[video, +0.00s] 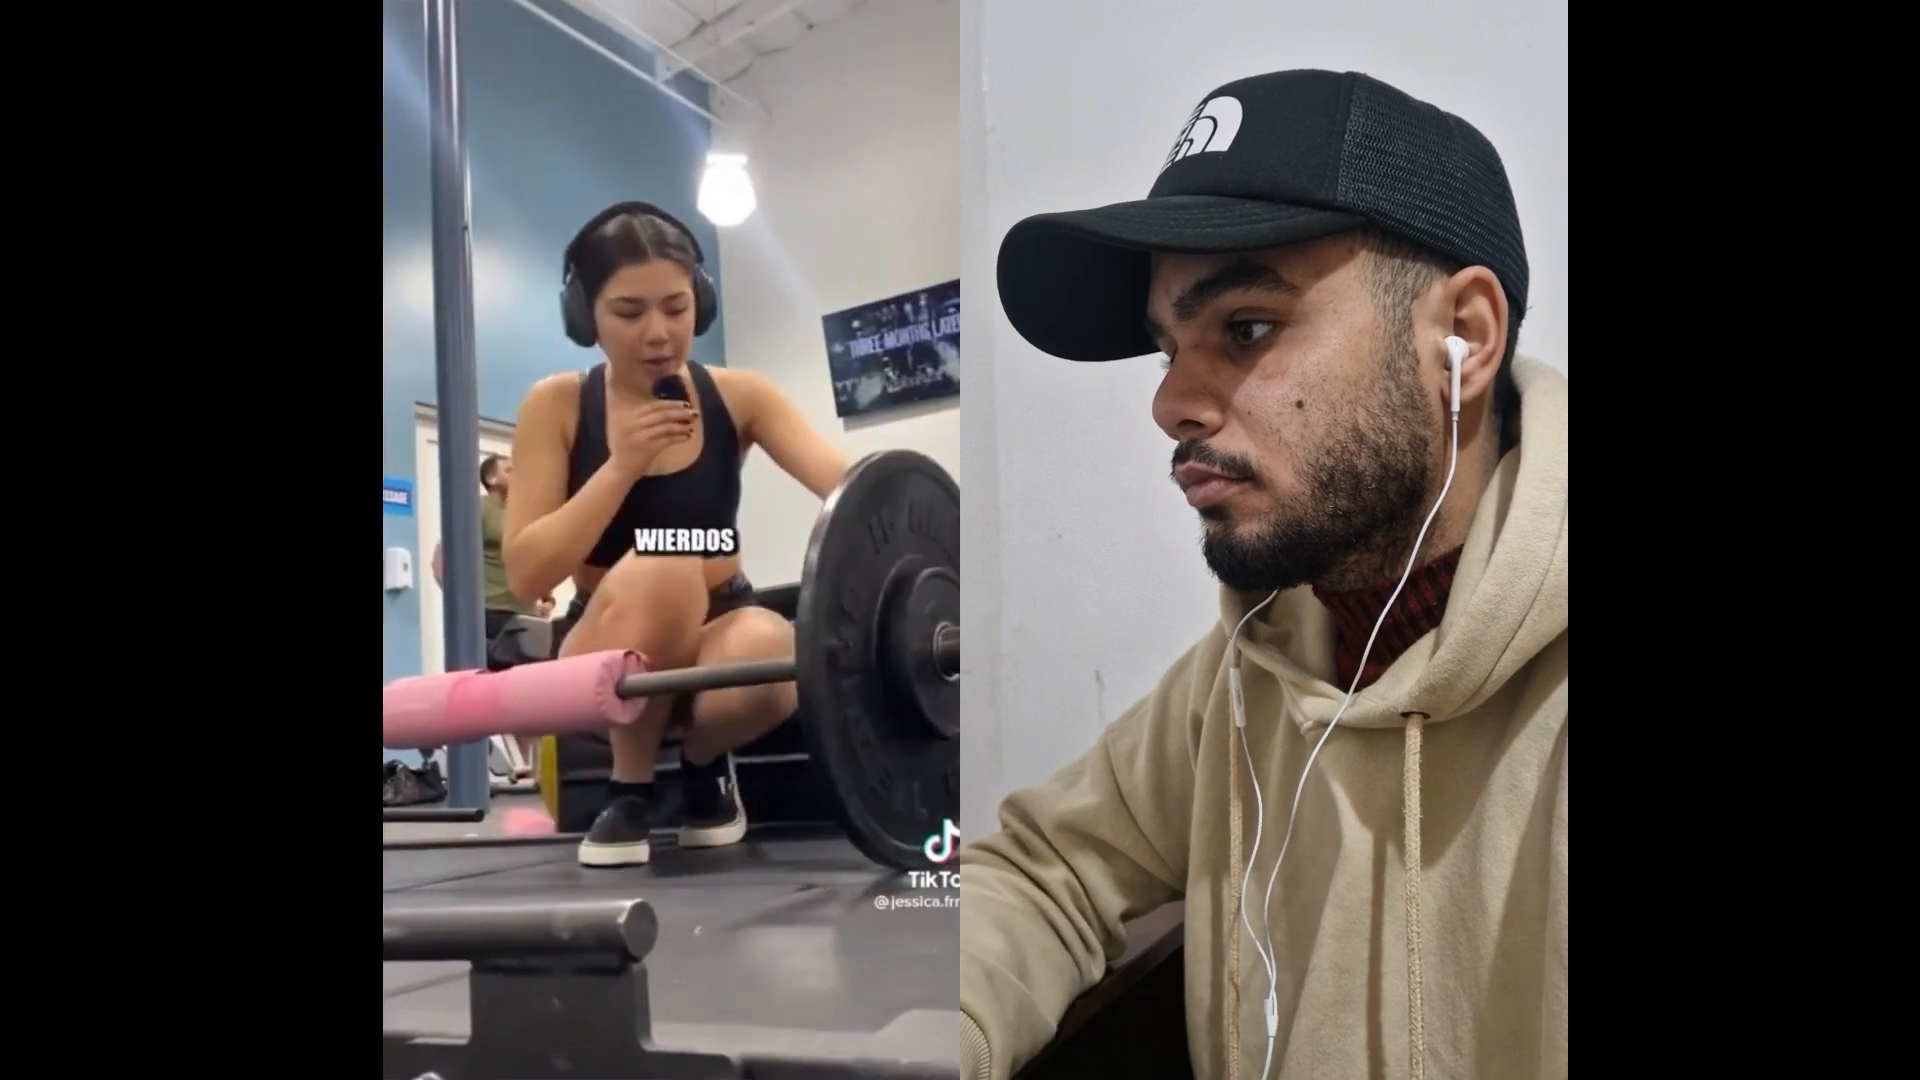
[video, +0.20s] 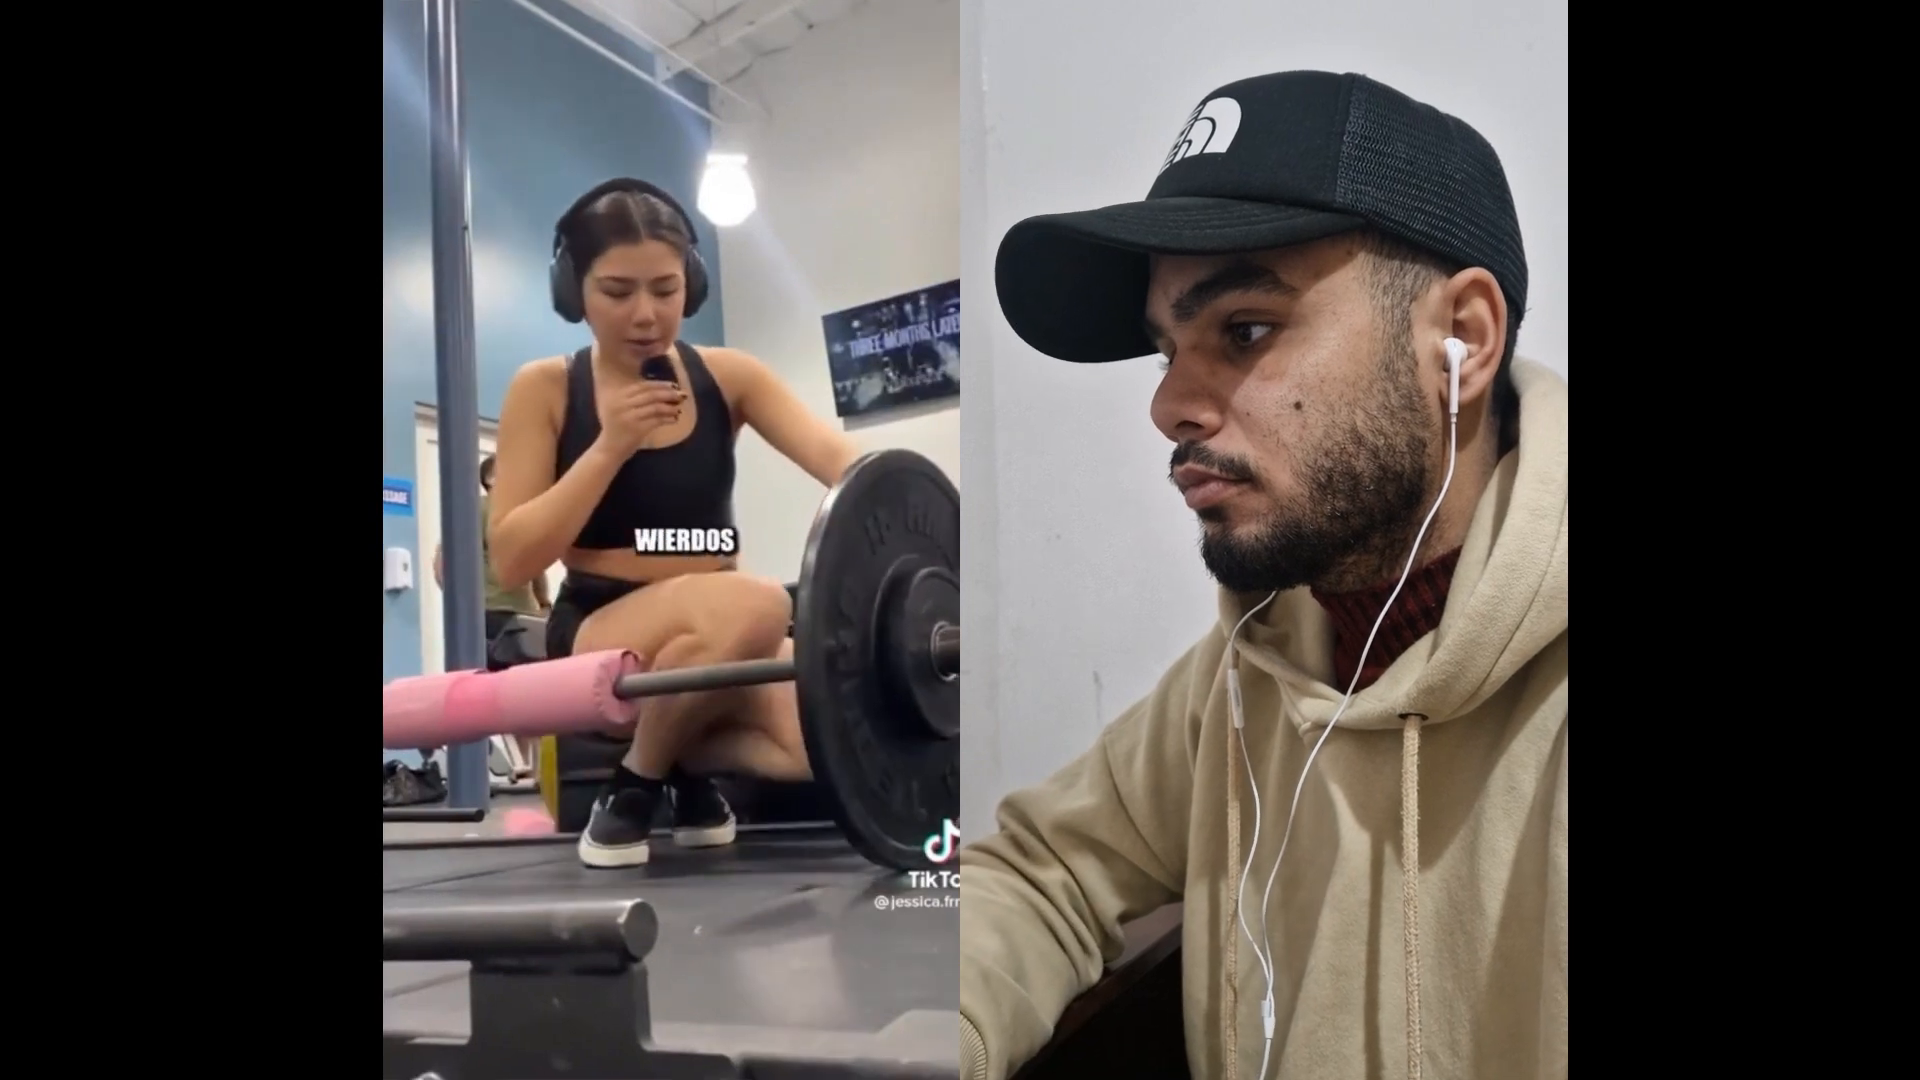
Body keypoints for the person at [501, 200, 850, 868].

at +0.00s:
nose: (659, 333)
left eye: (675, 307)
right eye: (630, 312)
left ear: (697, 304)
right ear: (588, 316)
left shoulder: (742, 397)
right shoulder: (556, 406)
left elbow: (845, 483)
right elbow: (527, 575)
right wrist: (621, 467)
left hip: (721, 632)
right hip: (604, 643)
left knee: (770, 666)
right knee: (665, 573)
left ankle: (700, 759)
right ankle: (631, 791)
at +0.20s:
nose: (645, 314)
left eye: (664, 289)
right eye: (617, 291)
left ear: (689, 285)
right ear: (576, 292)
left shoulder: (730, 376)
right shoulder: (545, 389)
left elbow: (839, 458)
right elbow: (513, 560)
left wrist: (904, 511)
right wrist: (610, 448)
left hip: (726, 627)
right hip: (595, 631)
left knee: (835, 743)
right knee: (753, 605)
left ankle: (675, 749)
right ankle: (638, 784)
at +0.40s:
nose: (656, 304)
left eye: (677, 278)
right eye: (630, 280)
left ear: (701, 273)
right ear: (586, 275)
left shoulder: (740, 358)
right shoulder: (555, 387)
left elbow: (859, 442)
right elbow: (528, 561)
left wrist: (927, 502)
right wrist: (619, 437)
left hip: (748, 606)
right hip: (624, 618)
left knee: (861, 808)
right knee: (789, 650)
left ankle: (705, 754)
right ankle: (642, 771)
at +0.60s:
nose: (850, 179)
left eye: (873, 161)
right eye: (834, 146)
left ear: (887, 159)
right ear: (777, 119)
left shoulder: (856, 250)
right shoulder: (685, 221)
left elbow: (860, 388)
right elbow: (611, 392)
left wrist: (854, 457)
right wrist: (742, 291)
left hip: (819, 512)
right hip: (708, 505)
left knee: (837, 784)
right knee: (782, 799)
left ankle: (702, 735)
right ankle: (626, 721)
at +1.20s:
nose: (829, 285)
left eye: (849, 267)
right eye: (813, 255)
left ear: (860, 261)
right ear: (758, 229)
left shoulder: (830, 336)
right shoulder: (670, 312)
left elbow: (868, 451)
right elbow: (603, 475)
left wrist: (847, 519)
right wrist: (720, 372)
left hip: (798, 587)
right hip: (683, 585)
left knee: (848, 783)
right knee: (779, 803)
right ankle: (673, 732)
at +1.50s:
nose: (780, 325)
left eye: (800, 306)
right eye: (764, 297)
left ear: (813, 302)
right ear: (714, 279)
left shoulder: (796, 380)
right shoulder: (643, 358)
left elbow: (831, 506)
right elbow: (587, 504)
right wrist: (696, 406)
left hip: (776, 621)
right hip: (662, 619)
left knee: (837, 780)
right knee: (774, 797)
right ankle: (665, 750)